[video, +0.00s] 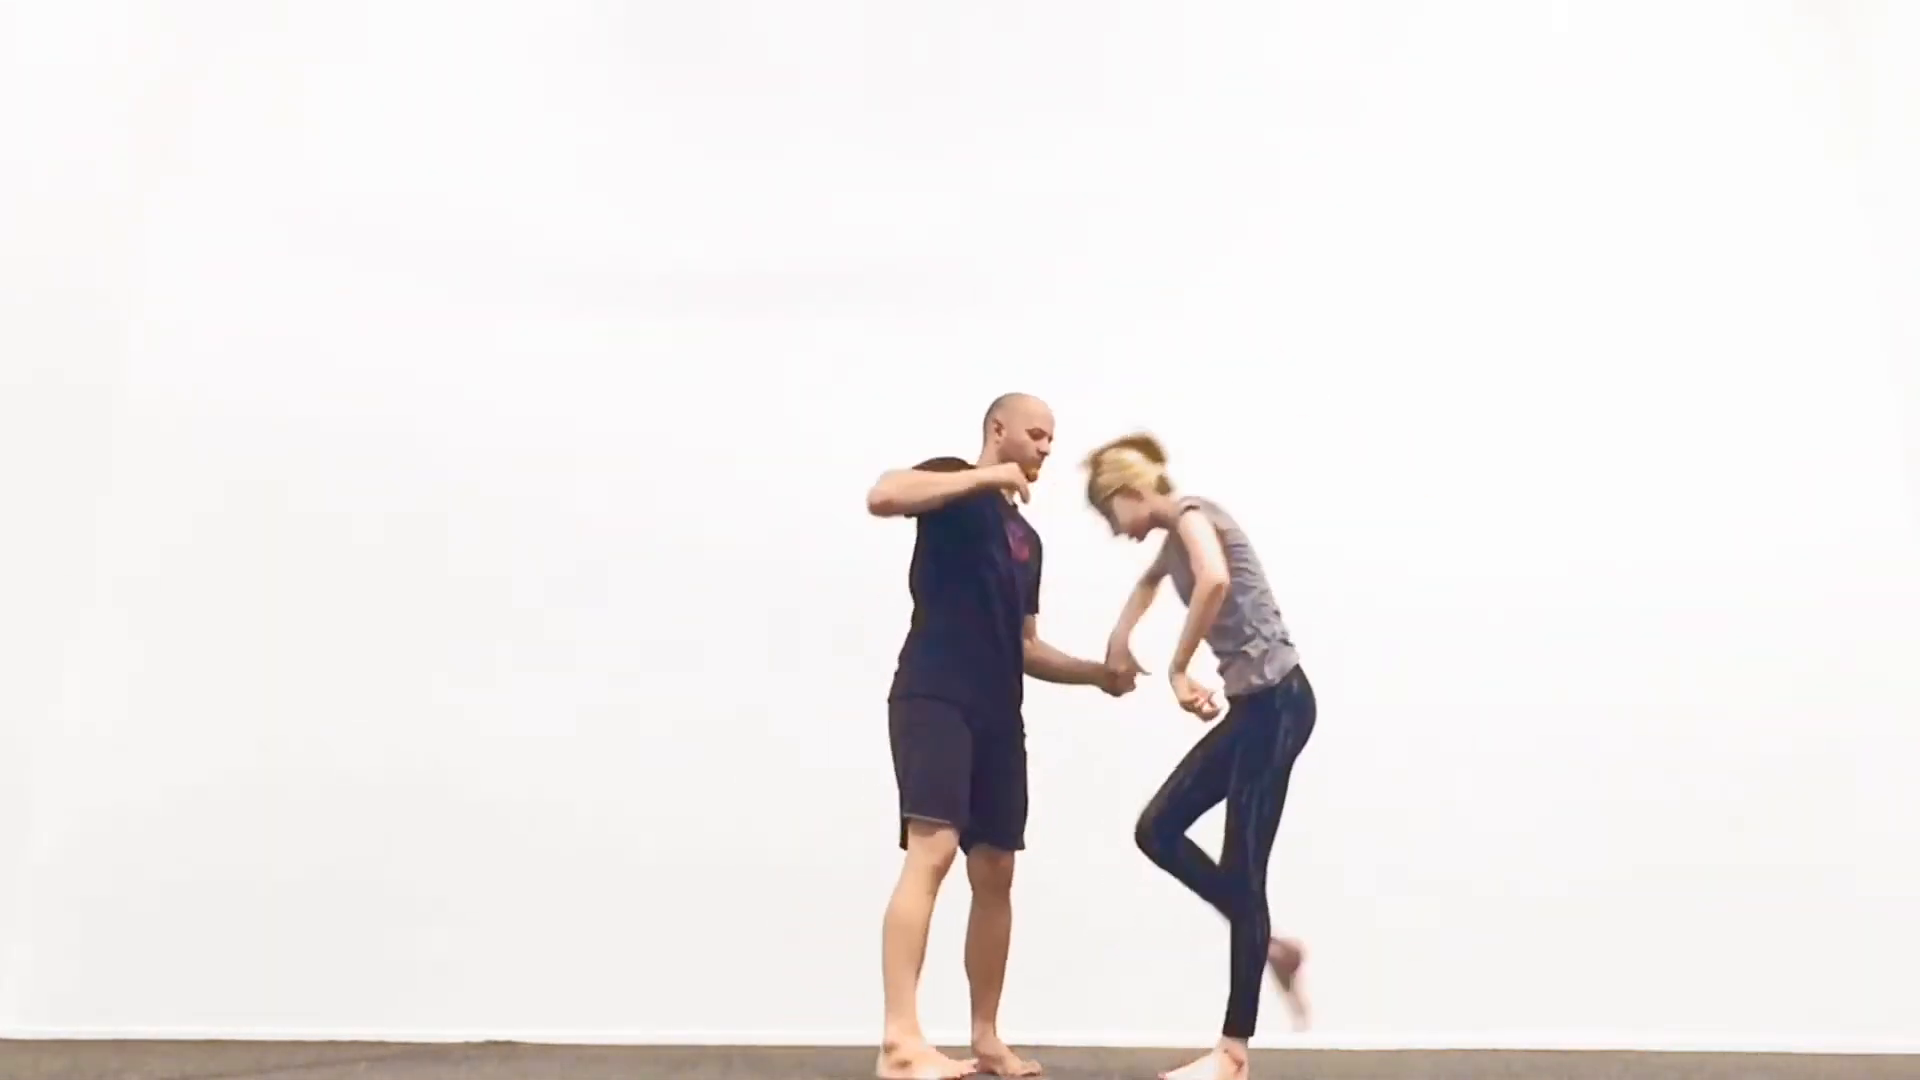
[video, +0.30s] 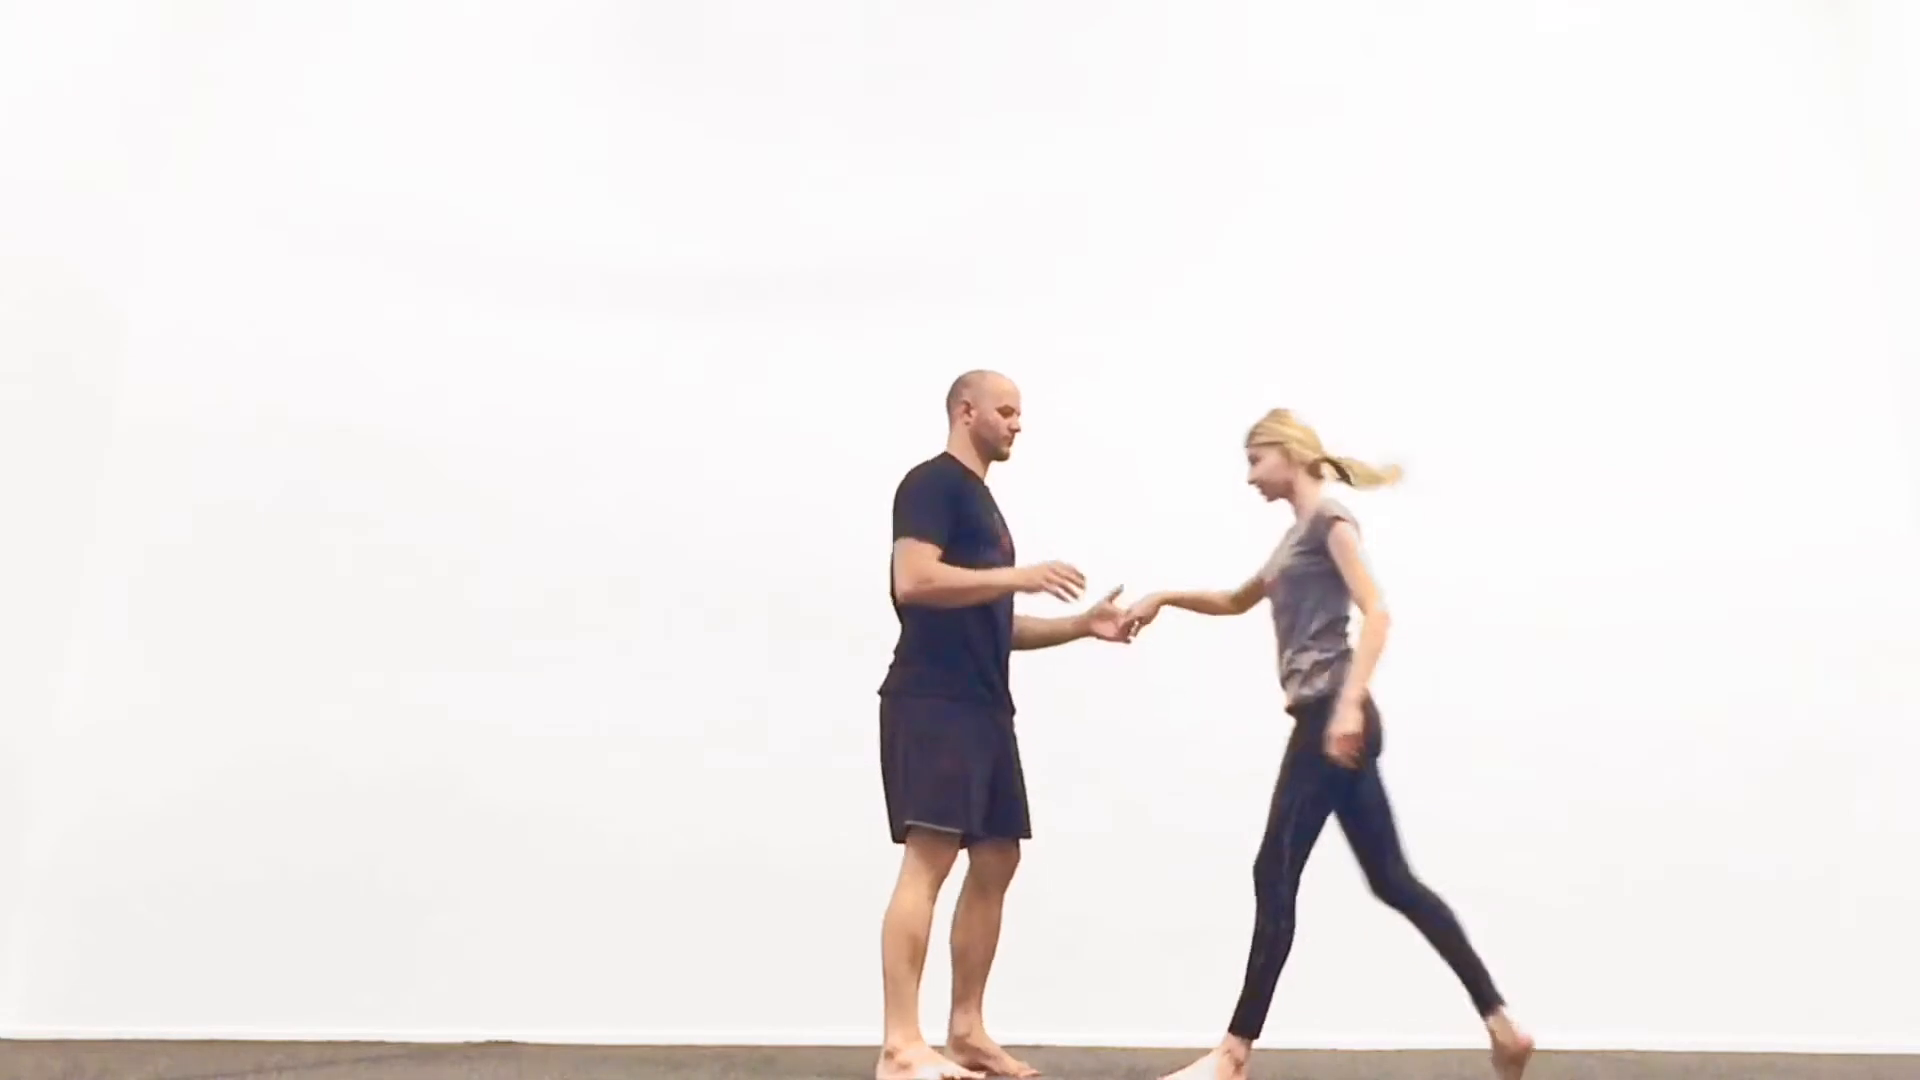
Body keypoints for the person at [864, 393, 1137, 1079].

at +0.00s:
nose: (1047, 449)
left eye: (1050, 440)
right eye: (1037, 435)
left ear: (1040, 446)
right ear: (997, 429)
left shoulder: (1028, 540)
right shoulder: (952, 479)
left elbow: (1026, 649)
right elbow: (883, 496)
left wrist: (1100, 672)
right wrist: (984, 478)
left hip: (1000, 709)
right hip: (935, 695)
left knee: (994, 870)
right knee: (932, 849)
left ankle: (987, 1041)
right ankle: (901, 1043)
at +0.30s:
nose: (1018, 425)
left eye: (1019, 414)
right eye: (1007, 411)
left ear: (986, 418)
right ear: (964, 411)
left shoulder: (984, 503)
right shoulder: (932, 482)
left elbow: (995, 631)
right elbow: (913, 580)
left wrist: (1084, 622)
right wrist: (1014, 578)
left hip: (985, 705)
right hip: (933, 702)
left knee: (996, 859)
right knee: (929, 856)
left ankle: (966, 1034)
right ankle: (901, 1047)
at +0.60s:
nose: (988, 412)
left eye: (988, 401)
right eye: (977, 399)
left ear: (949, 405)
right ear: (935, 402)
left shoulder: (964, 496)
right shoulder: (917, 477)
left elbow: (1032, 585)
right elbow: (946, 582)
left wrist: (1133, 588)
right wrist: (1052, 607)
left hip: (974, 702)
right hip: (927, 698)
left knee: (967, 864)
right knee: (922, 862)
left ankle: (961, 1034)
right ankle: (901, 1047)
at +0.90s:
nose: (969, 413)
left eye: (969, 402)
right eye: (957, 400)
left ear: (944, 411)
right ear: (914, 405)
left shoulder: (965, 503)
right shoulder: (890, 482)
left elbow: (1051, 567)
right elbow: (909, 584)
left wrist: (1145, 549)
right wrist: (1015, 608)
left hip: (967, 702)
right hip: (909, 698)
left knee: (968, 864)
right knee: (911, 859)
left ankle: (958, 1035)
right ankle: (901, 1047)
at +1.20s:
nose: (1006, 423)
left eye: (1007, 413)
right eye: (994, 411)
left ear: (982, 422)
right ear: (951, 415)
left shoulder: (1000, 512)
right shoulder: (910, 491)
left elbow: (1040, 608)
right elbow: (900, 596)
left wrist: (1086, 567)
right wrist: (997, 623)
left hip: (975, 706)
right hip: (914, 701)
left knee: (980, 865)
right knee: (915, 856)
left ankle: (961, 1037)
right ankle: (901, 1043)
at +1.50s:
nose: (1060, 451)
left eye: (1063, 440)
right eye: (1049, 438)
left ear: (1053, 447)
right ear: (1008, 439)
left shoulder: (1044, 537)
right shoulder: (955, 510)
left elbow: (1052, 644)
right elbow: (947, 621)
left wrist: (1035, 604)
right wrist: (1041, 638)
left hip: (976, 708)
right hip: (911, 699)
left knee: (999, 866)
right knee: (898, 843)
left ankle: (965, 1039)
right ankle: (836, 1022)